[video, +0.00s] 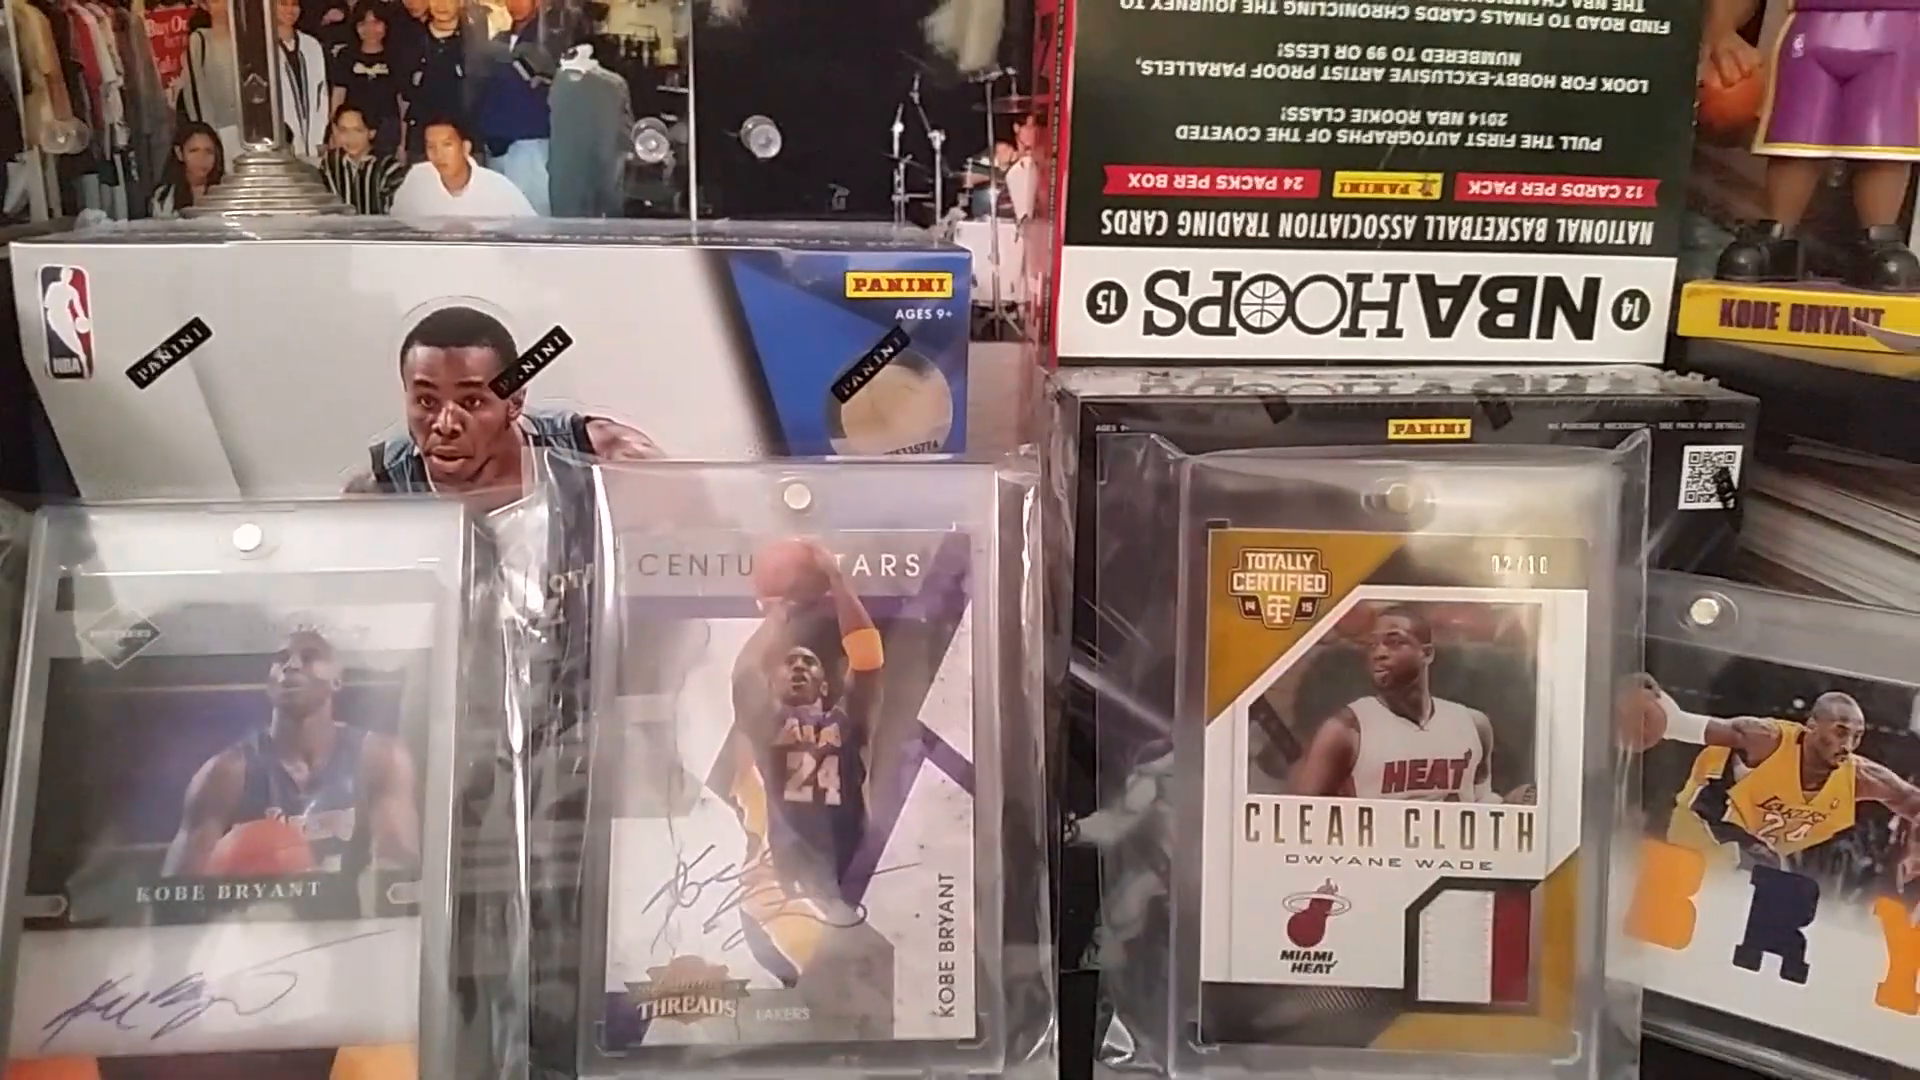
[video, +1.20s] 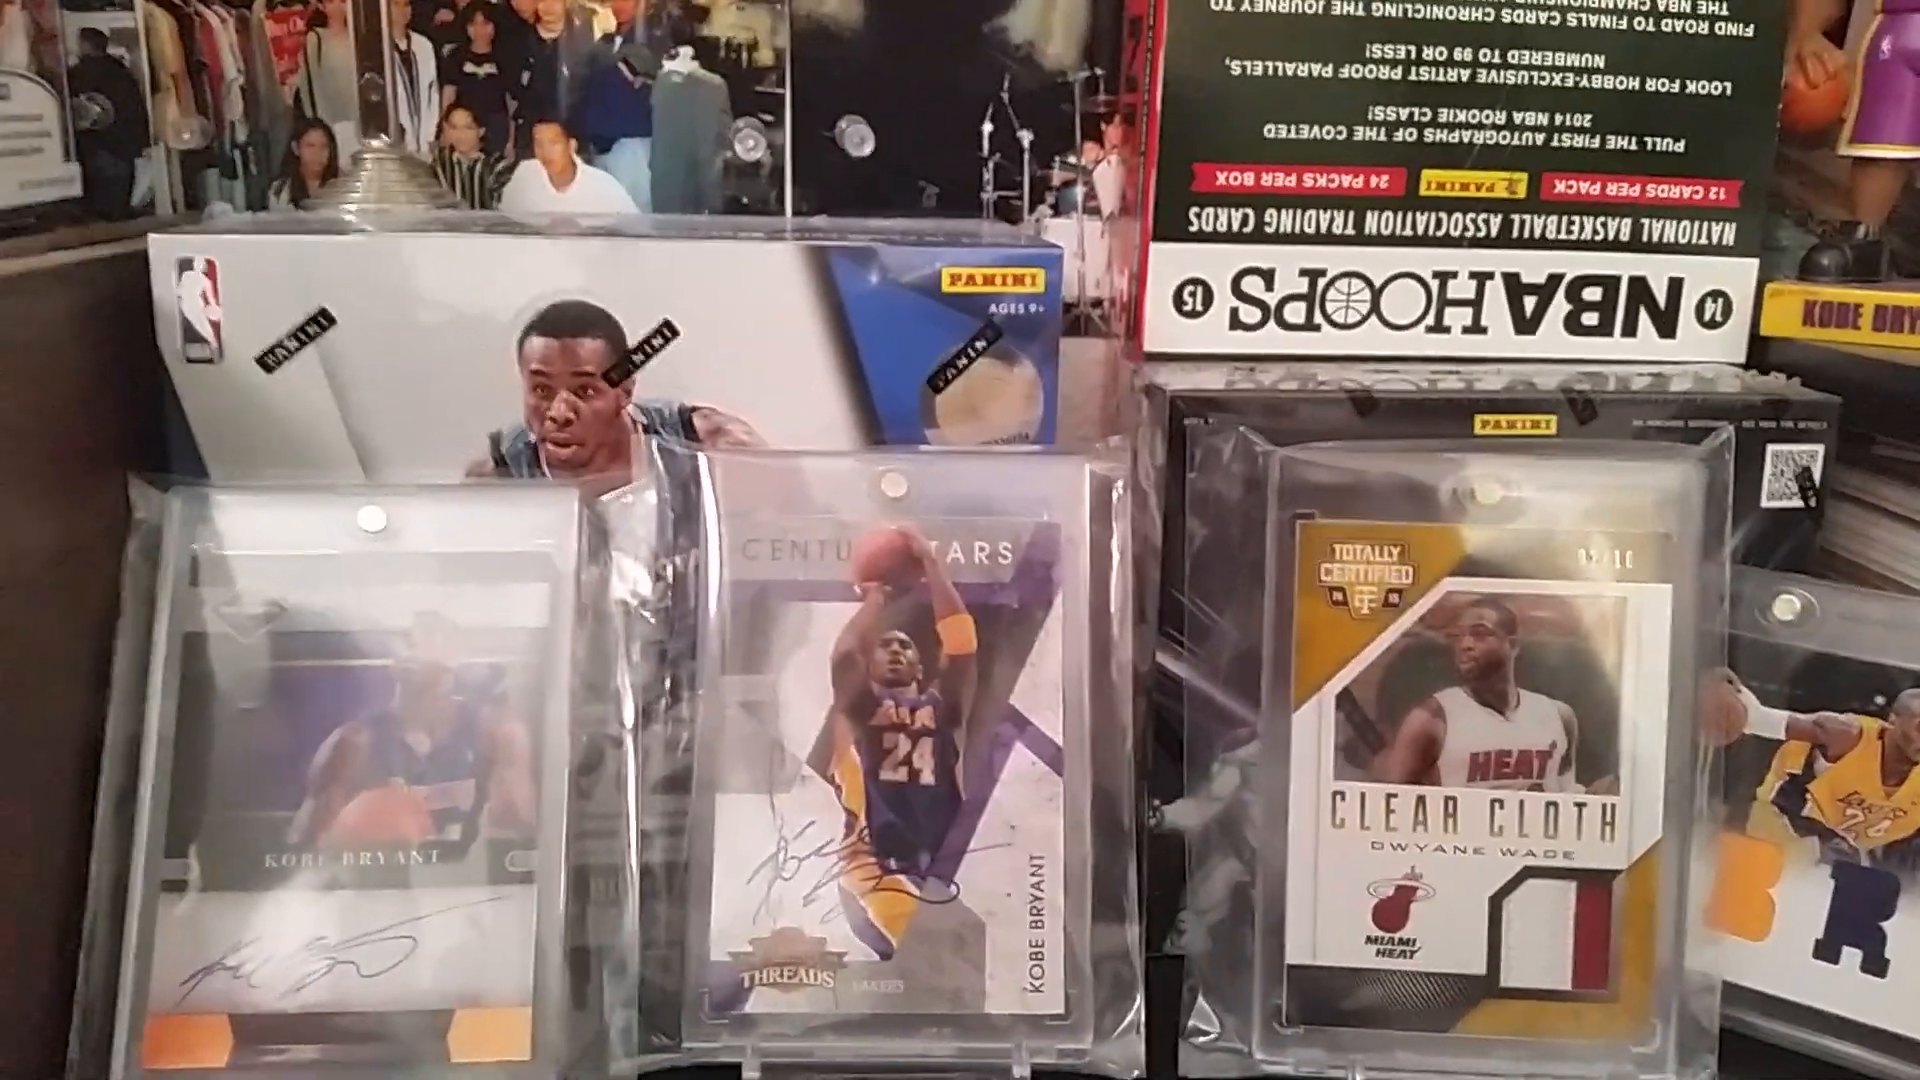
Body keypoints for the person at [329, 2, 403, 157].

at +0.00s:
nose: (371, 28)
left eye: (376, 22)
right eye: (366, 23)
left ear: (385, 28)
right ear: (359, 28)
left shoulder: (394, 57)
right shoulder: (346, 57)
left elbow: (402, 101)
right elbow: (338, 96)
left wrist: (402, 143)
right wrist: (335, 134)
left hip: (387, 131)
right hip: (354, 132)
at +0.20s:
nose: (392, 26)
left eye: (394, 20)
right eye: (387, 21)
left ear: (399, 26)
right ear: (374, 27)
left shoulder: (408, 55)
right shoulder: (360, 55)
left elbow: (415, 96)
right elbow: (353, 92)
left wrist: (416, 138)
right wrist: (349, 129)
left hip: (400, 125)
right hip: (368, 126)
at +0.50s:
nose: (404, 28)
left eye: (410, 22)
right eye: (398, 23)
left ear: (418, 28)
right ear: (392, 28)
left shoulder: (429, 58)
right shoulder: (380, 56)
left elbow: (436, 101)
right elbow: (373, 94)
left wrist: (436, 142)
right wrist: (370, 131)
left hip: (420, 127)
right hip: (387, 129)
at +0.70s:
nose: (420, 28)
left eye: (427, 21)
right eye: (414, 23)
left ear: (435, 27)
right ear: (408, 28)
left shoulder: (446, 56)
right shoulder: (398, 55)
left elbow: (453, 99)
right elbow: (390, 93)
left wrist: (453, 140)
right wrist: (389, 130)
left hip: (437, 125)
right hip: (405, 126)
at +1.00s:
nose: (434, 28)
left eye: (440, 22)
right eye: (428, 23)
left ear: (449, 27)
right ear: (421, 28)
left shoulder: (458, 56)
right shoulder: (410, 56)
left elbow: (466, 99)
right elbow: (403, 93)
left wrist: (465, 141)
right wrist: (400, 130)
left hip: (450, 127)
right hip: (418, 129)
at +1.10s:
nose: (446, 27)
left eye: (453, 22)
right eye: (447, 22)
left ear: (469, 26)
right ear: (445, 25)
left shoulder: (483, 58)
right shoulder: (435, 56)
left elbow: (490, 100)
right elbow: (425, 93)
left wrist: (489, 141)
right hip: (439, 128)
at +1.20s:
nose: (484, 29)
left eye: (486, 23)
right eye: (479, 24)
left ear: (494, 28)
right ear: (469, 29)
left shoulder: (504, 57)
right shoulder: (456, 57)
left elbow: (512, 101)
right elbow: (449, 93)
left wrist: (511, 141)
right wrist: (446, 129)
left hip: (495, 125)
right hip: (464, 125)